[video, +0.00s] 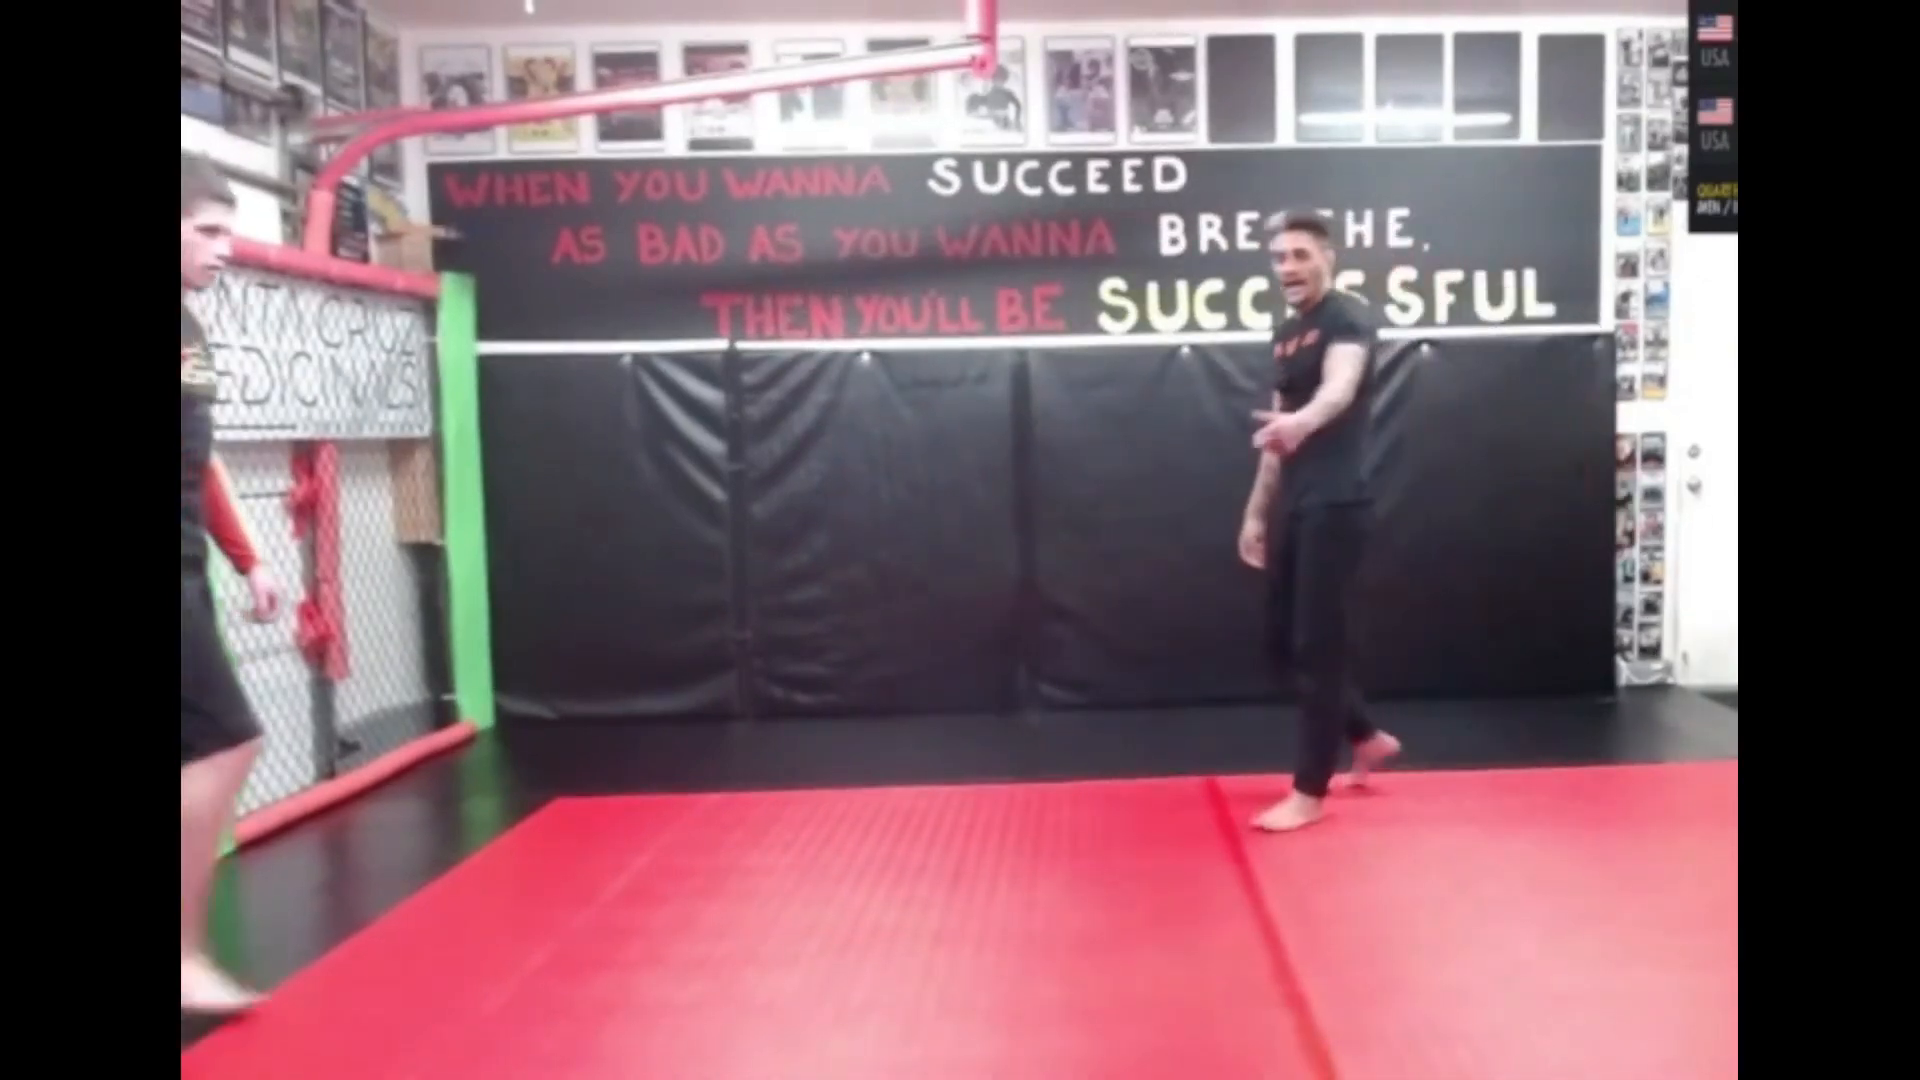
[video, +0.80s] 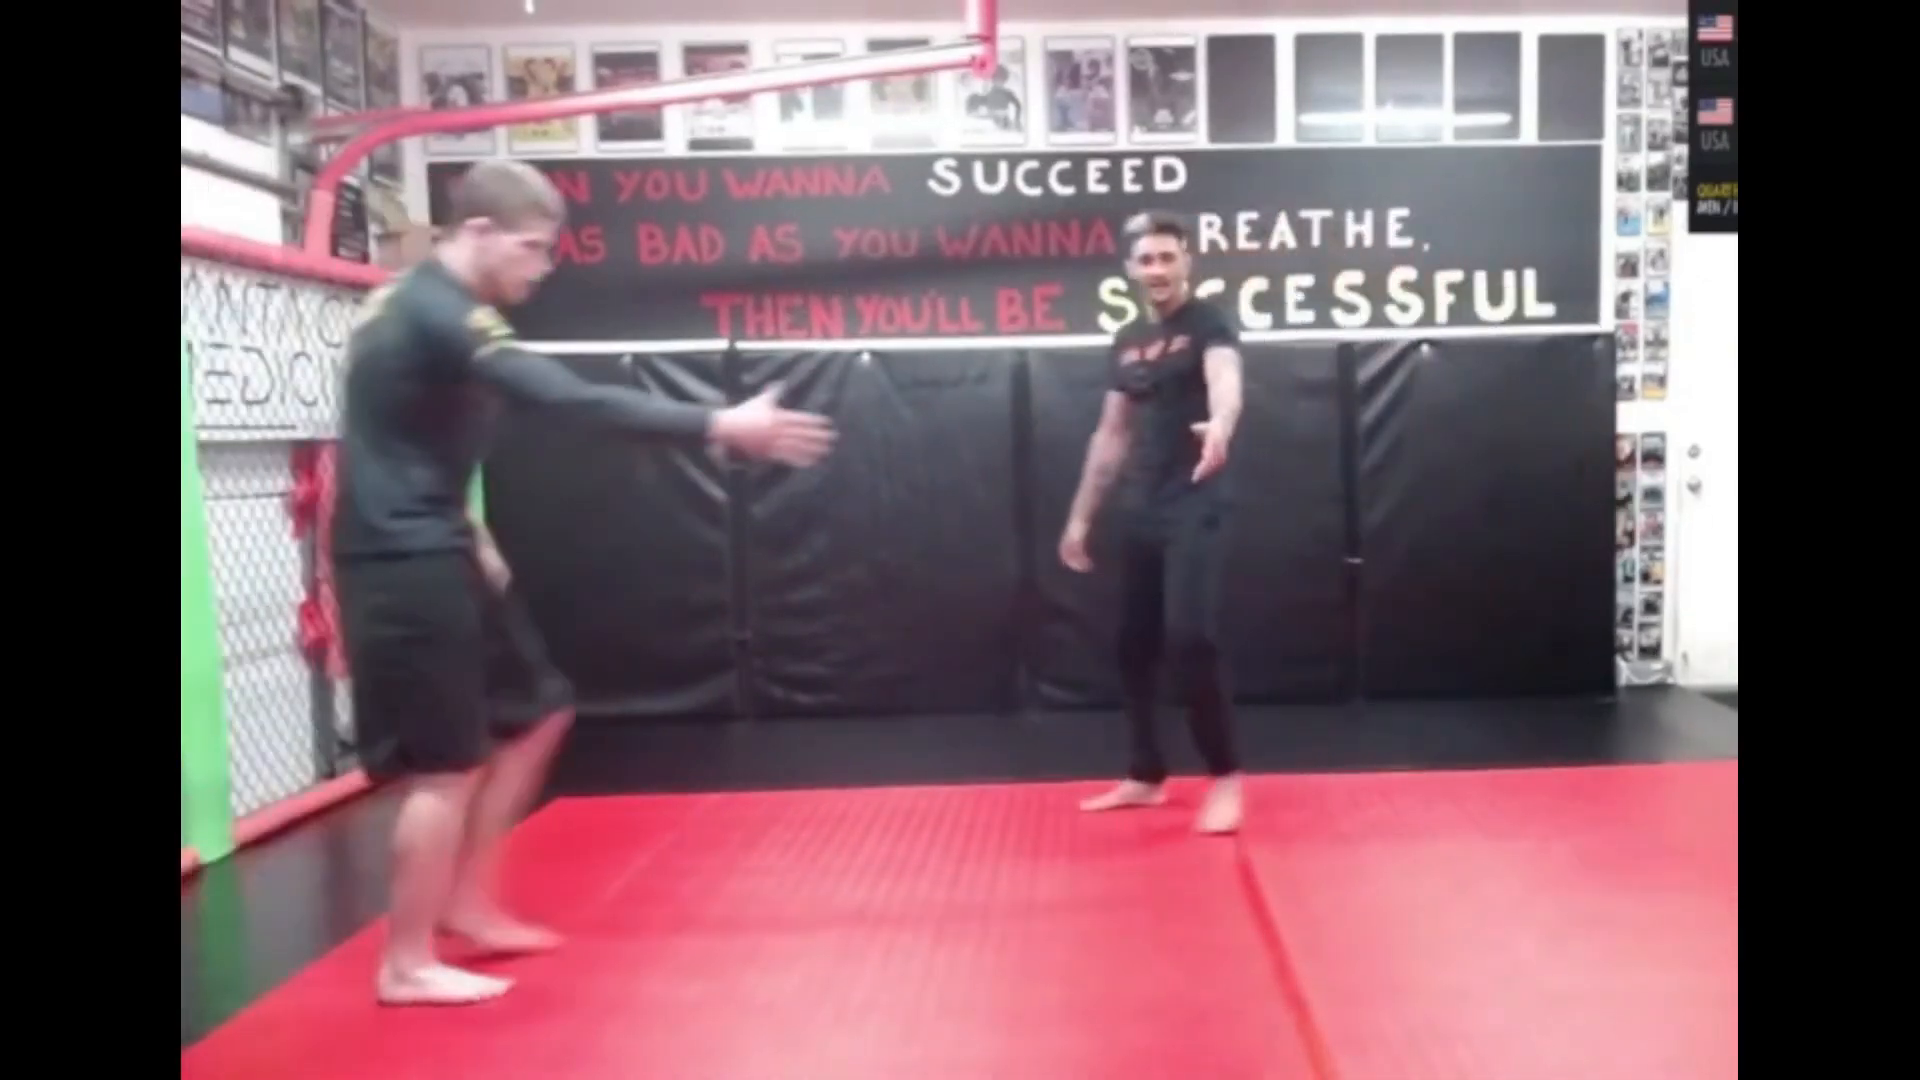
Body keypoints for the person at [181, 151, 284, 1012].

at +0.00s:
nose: (222, 247)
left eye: (225, 232)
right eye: (209, 230)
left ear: (217, 241)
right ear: (174, 236)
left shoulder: (196, 335)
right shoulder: (187, 334)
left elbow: (199, 459)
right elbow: (202, 464)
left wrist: (248, 557)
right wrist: (242, 559)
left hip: (194, 574)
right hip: (187, 576)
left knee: (222, 739)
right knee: (225, 737)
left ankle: (192, 954)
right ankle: (189, 955)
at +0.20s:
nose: (245, 252)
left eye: (249, 237)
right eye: (231, 233)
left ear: (230, 242)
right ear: (183, 232)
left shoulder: (206, 331)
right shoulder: (186, 326)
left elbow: (213, 461)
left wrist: (264, 562)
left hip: (200, 574)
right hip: (183, 577)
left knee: (224, 745)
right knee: (251, 734)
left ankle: (239, 947)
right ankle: (255, 954)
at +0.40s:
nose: (363, 282)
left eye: (368, 266)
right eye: (351, 264)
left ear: (314, 263)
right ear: (293, 256)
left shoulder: (296, 348)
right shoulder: (241, 343)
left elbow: (288, 487)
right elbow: (262, 494)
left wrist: (326, 580)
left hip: (266, 584)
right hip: (238, 588)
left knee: (204, 765)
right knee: (374, 757)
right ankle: (404, 960)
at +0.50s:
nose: (408, 291)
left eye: (412, 275)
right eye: (399, 272)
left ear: (358, 263)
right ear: (344, 258)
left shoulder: (324, 333)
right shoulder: (294, 339)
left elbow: (331, 475)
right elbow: (372, 466)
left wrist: (369, 564)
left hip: (282, 575)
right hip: (282, 578)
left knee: (278, 756)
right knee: (405, 749)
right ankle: (407, 963)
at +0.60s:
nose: (451, 288)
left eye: (457, 271)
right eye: (446, 267)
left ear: (399, 254)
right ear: (391, 249)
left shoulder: (358, 322)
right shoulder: (343, 328)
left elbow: (361, 473)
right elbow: (455, 436)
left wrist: (407, 557)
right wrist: (597, 470)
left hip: (323, 561)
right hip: (323, 563)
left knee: (371, 769)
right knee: (427, 753)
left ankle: (212, 868)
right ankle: (409, 965)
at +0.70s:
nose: (522, 273)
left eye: (527, 256)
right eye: (514, 253)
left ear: (451, 241)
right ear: (456, 237)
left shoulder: (395, 306)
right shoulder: (419, 315)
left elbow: (390, 463)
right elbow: (540, 399)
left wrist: (450, 541)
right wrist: (692, 432)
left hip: (387, 561)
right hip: (385, 567)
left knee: (511, 717)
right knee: (447, 761)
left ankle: (373, 877)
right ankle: (408, 965)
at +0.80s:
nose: (543, 270)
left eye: (548, 253)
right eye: (534, 251)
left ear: (476, 238)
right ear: (478, 234)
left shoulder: (431, 300)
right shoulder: (438, 310)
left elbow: (422, 445)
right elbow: (564, 392)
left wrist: (470, 532)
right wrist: (719, 424)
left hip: (436, 551)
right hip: (399, 558)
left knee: (538, 711)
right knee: (445, 765)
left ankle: (469, 909)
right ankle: (406, 965)